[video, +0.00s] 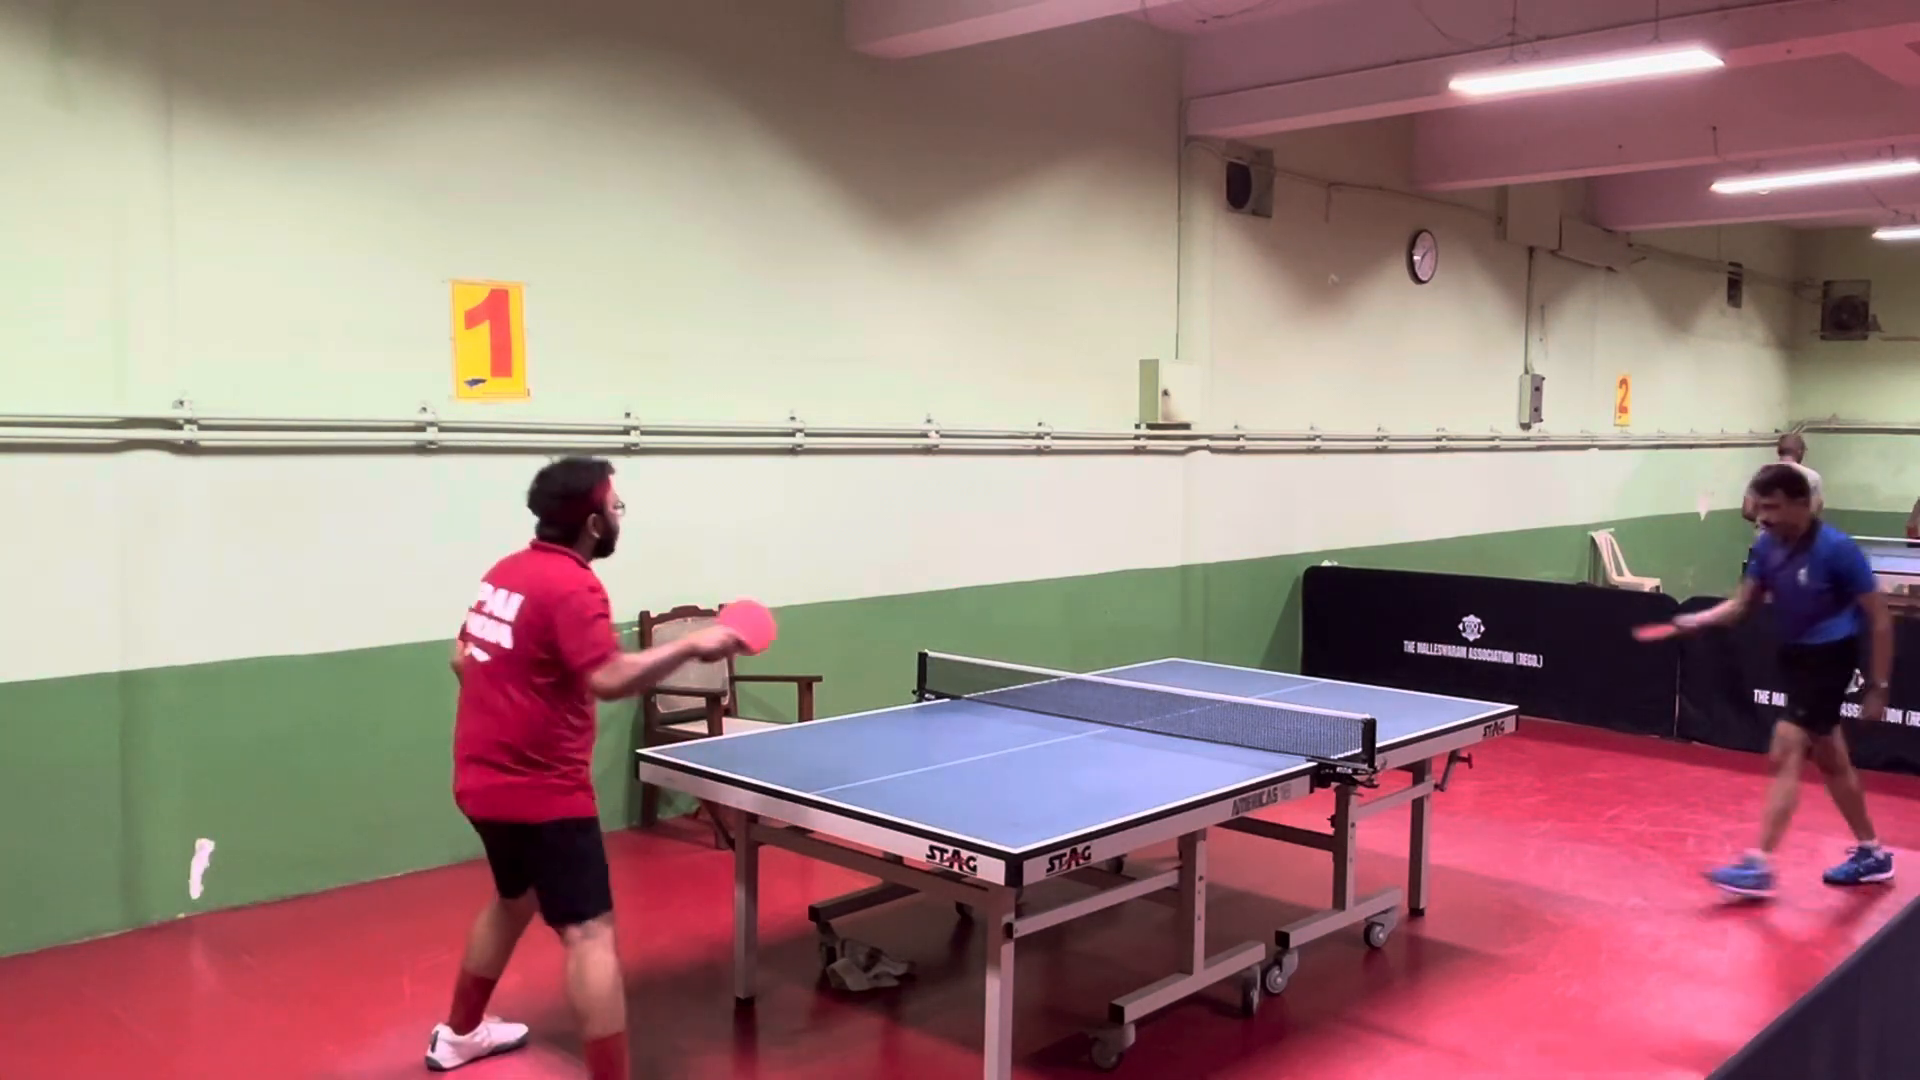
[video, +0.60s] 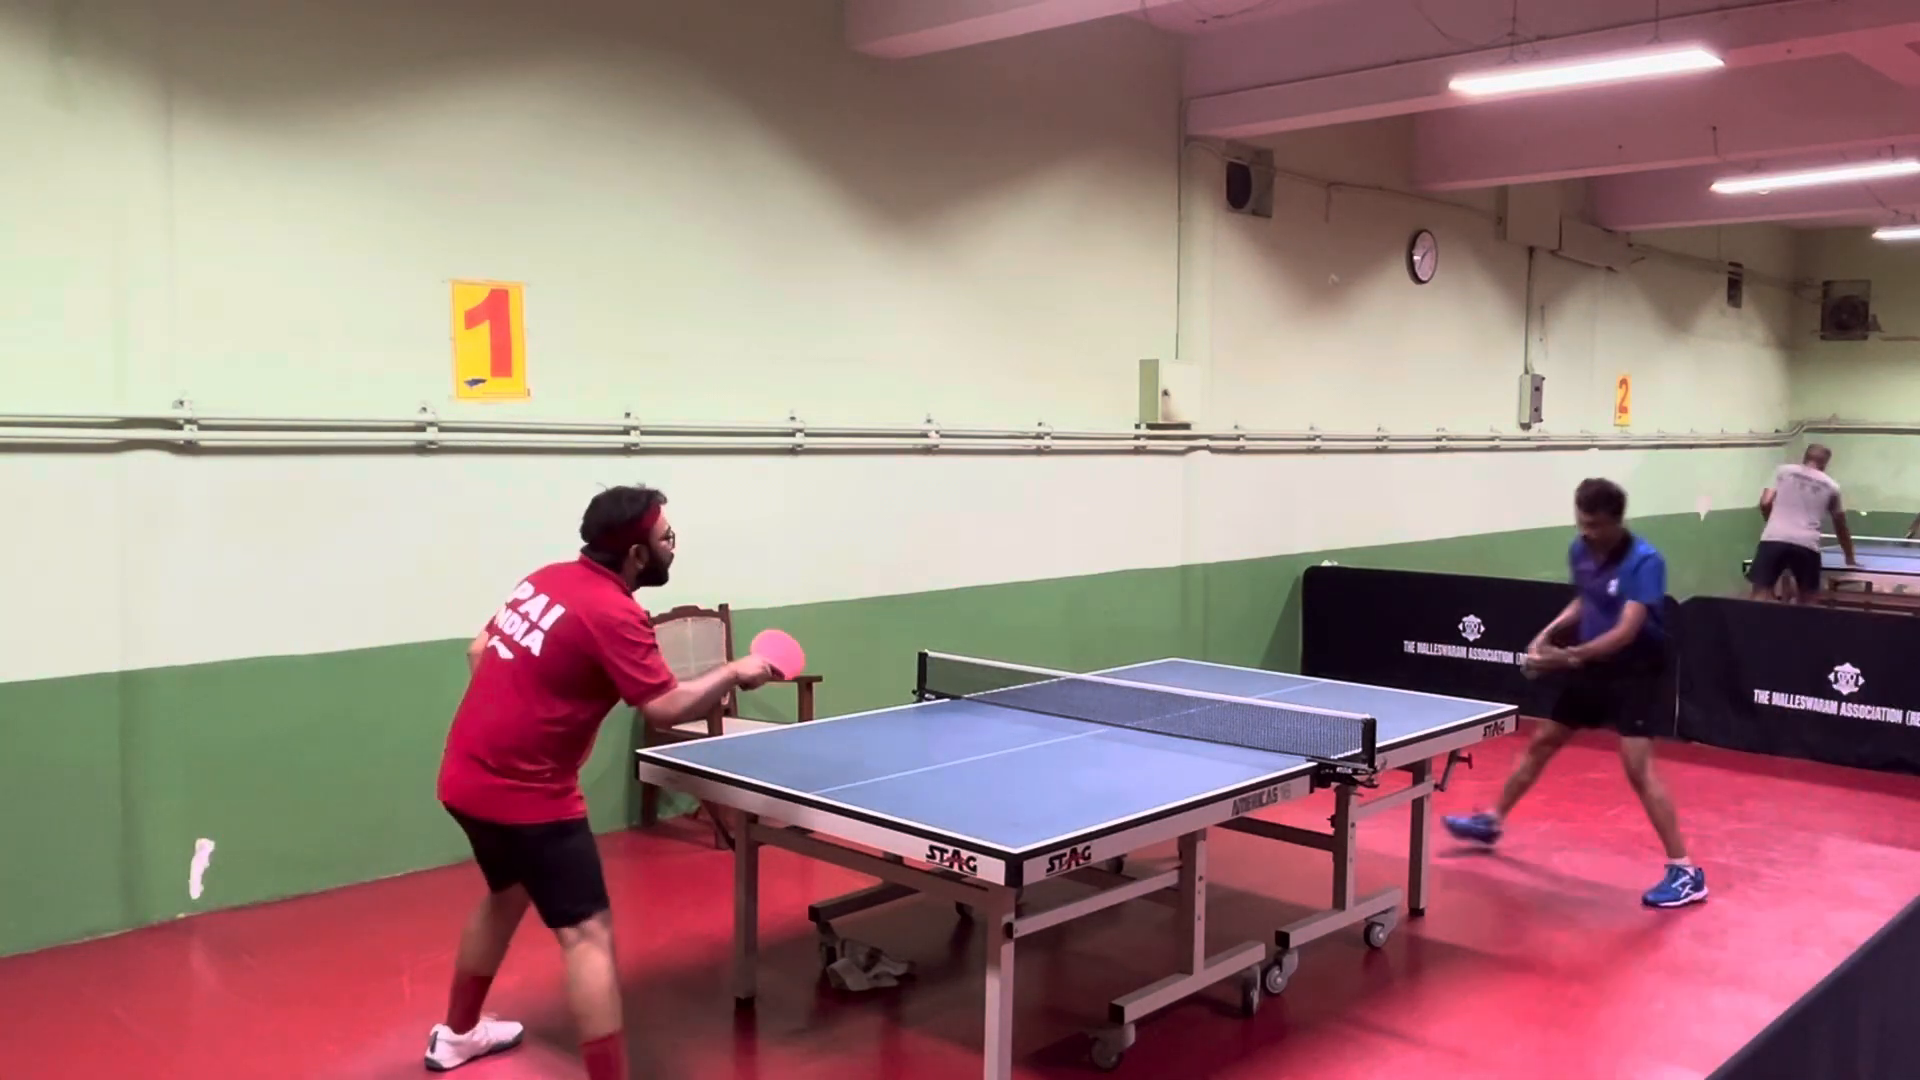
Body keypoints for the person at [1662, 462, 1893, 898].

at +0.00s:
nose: (1762, 519)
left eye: (1770, 509)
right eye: (1759, 510)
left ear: (1800, 505)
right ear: (1761, 507)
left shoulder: (1837, 550)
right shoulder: (1767, 547)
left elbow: (1879, 614)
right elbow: (1741, 603)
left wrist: (1877, 687)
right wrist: (1699, 619)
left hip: (1831, 658)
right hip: (1794, 657)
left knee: (1785, 748)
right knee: (1832, 760)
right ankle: (1871, 850)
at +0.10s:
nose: (1735, 525)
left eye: (1743, 516)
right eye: (1732, 516)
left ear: (1772, 514)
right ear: (1735, 514)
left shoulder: (1805, 561)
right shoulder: (1739, 550)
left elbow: (1841, 632)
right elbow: (1707, 608)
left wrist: (1836, 706)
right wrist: (1658, 609)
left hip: (1793, 669)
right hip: (1758, 666)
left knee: (1738, 755)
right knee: (1802, 762)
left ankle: (1700, 866)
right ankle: (1862, 844)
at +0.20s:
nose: (1704, 534)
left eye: (1712, 526)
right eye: (1701, 525)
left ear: (1740, 524)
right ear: (1705, 522)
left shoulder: (1768, 571)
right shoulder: (1707, 554)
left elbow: (1791, 647)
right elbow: (1684, 608)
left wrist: (1791, 721)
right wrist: (1632, 607)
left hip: (1747, 676)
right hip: (1716, 671)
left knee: (1687, 756)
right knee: (1730, 767)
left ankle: (1688, 872)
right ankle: (1827, 826)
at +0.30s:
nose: (1673, 530)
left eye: (1681, 522)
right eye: (1670, 520)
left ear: (1709, 520)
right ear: (1671, 514)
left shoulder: (1735, 564)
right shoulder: (1677, 549)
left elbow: (1741, 646)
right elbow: (1666, 603)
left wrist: (1735, 720)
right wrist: (1619, 613)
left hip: (1714, 668)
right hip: (1683, 664)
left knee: (1666, 752)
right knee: (1666, 759)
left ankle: (1687, 871)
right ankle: (1757, 814)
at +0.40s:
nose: (1645, 520)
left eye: (1652, 512)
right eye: (1642, 511)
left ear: (1679, 509)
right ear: (1643, 507)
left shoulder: (1704, 553)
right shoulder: (1649, 537)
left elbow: (1700, 639)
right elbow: (1649, 595)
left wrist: (1669, 700)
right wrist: (1603, 614)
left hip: (1695, 656)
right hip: (1658, 651)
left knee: (1662, 752)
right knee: (1608, 733)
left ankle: (1686, 868)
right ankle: (1663, 818)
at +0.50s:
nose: (1614, 519)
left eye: (1621, 512)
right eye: (1611, 510)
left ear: (1648, 509)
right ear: (1613, 507)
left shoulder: (1675, 553)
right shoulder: (1617, 542)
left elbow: (1663, 632)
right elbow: (1621, 594)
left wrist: (1611, 675)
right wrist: (1578, 621)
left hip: (1666, 655)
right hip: (1625, 649)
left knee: (1653, 757)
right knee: (1574, 727)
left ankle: (1686, 869)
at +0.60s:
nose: (1585, 533)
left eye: (1593, 525)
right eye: (1581, 524)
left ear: (1617, 522)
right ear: (1578, 519)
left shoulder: (1645, 562)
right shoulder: (1581, 550)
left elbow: (1627, 630)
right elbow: (1586, 600)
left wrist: (1571, 656)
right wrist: (1546, 636)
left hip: (1639, 667)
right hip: (1593, 660)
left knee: (1638, 766)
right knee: (1544, 741)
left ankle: (1684, 869)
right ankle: (1492, 821)